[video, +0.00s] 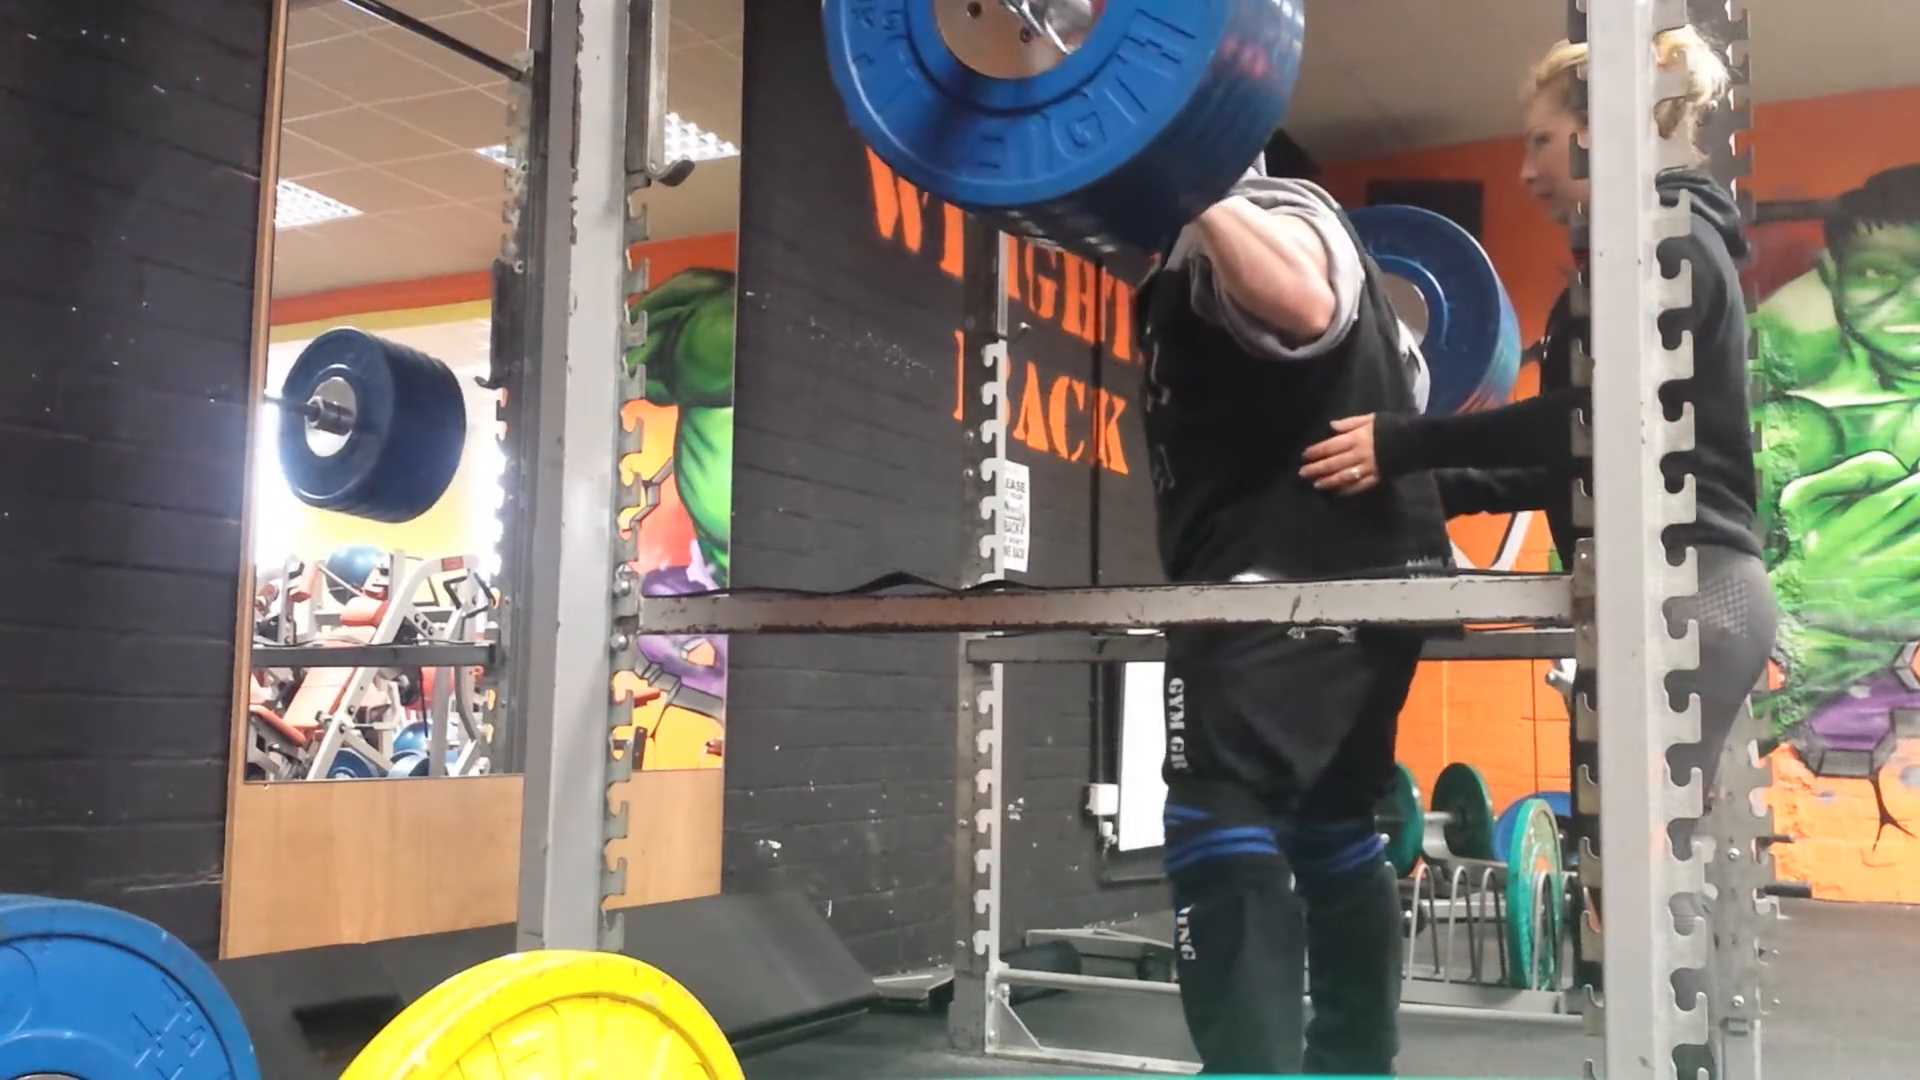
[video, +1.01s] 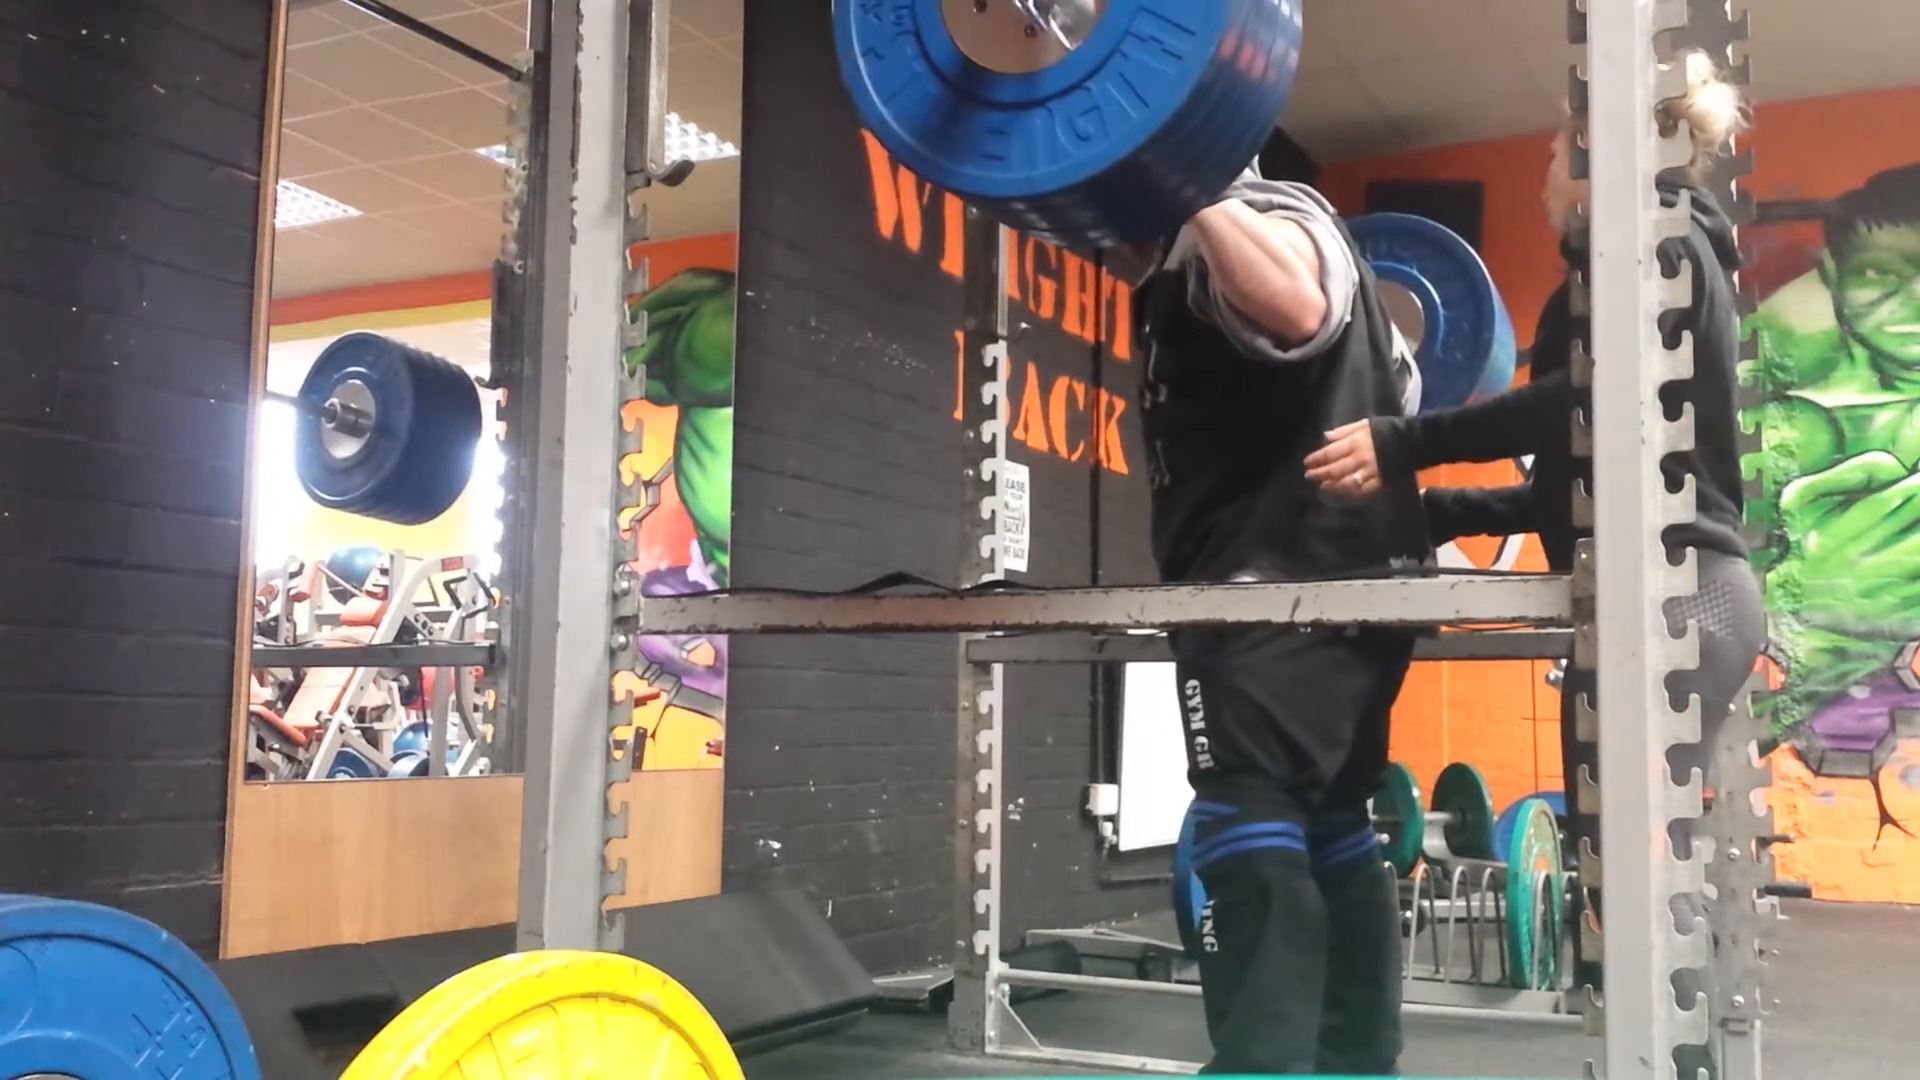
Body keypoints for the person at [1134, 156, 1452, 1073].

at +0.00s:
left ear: (1184, 143)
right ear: (1245, 134)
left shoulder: (1266, 207)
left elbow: (1300, 299)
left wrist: (1188, 190)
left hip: (1287, 582)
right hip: (1368, 581)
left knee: (1220, 819)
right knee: (1337, 826)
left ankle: (1250, 1062)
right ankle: (1353, 1061)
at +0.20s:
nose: (1105, 230)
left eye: (1110, 207)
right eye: (1097, 213)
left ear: (1161, 168)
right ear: (1236, 135)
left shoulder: (1254, 202)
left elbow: (1295, 290)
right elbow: (1405, 361)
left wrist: (1194, 186)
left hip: (1282, 575)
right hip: (1357, 577)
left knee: (1229, 825)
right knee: (1316, 826)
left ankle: (1249, 1064)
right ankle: (1351, 1061)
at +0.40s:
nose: (1096, 254)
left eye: (1091, 229)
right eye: (1079, 239)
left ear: (1133, 193)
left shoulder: (1255, 206)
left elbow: (1290, 293)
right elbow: (1408, 356)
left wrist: (1180, 172)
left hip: (1287, 588)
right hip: (1367, 588)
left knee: (1231, 822)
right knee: (1326, 829)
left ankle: (1254, 1063)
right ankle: (1357, 1062)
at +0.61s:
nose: (1105, 260)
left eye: (1098, 235)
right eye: (1088, 243)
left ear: (1136, 203)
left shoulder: (1255, 214)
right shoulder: (1311, 225)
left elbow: (1292, 297)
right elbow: (1406, 366)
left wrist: (1188, 174)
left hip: (1284, 589)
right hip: (1367, 587)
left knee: (1240, 822)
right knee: (1329, 824)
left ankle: (1258, 1061)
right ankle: (1355, 1061)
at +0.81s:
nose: (1101, 252)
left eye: (1101, 228)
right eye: (1087, 237)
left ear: (1149, 195)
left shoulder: (1261, 212)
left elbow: (1291, 301)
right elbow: (1406, 391)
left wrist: (1187, 183)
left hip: (1278, 586)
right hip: (1354, 586)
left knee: (1236, 824)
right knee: (1326, 823)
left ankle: (1253, 1061)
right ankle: (1353, 1060)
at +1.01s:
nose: (1103, 239)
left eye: (1107, 214)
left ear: (1165, 166)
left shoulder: (1259, 212)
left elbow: (1295, 305)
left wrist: (1190, 195)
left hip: (1282, 582)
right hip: (1356, 581)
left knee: (1249, 818)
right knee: (1332, 819)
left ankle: (1261, 1061)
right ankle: (1356, 1059)